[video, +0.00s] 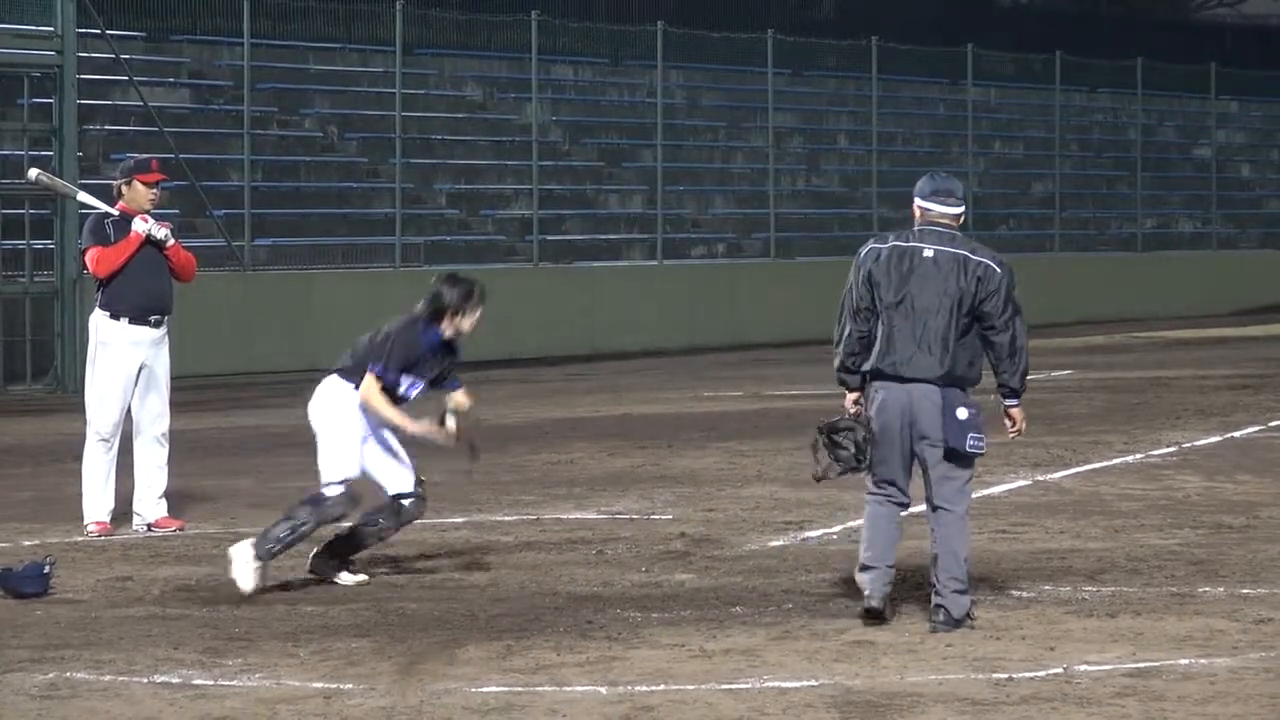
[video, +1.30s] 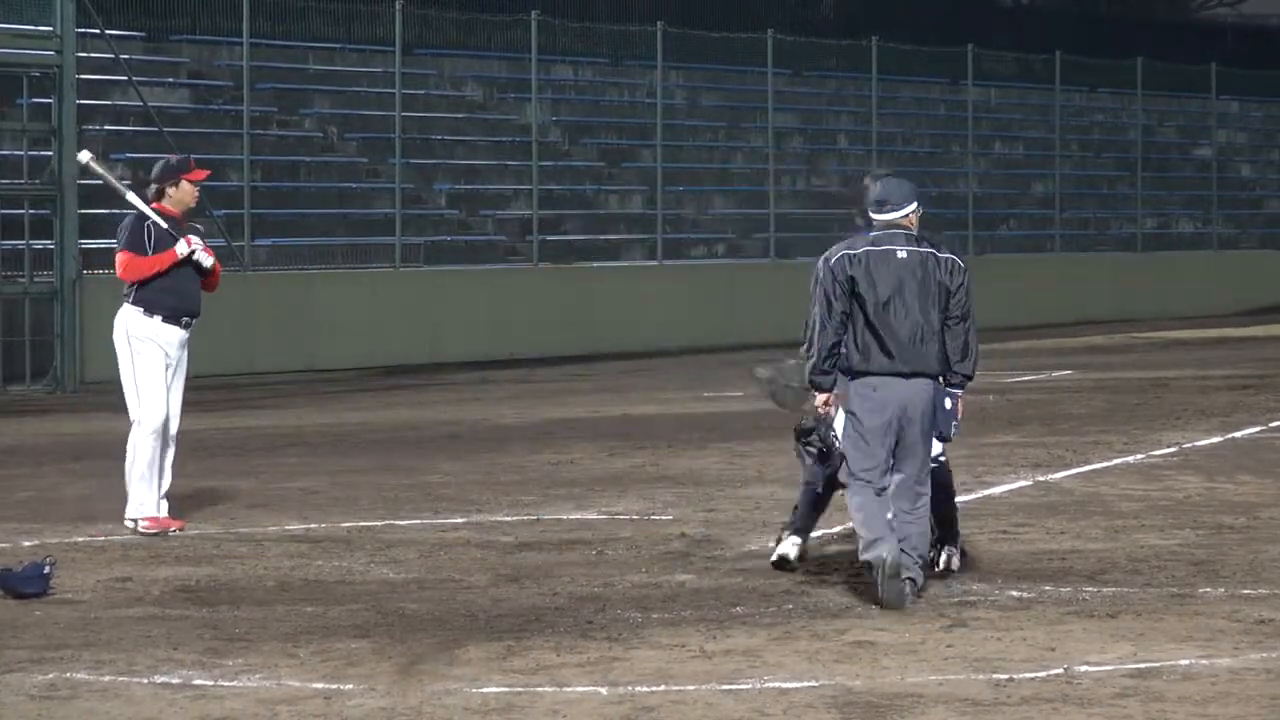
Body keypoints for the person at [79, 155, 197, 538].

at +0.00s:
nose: (156, 191)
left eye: (157, 186)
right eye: (149, 185)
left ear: (153, 190)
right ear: (125, 186)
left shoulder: (158, 228)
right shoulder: (101, 222)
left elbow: (188, 271)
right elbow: (99, 266)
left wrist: (168, 242)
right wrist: (138, 235)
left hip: (156, 335)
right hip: (115, 333)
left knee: (154, 427)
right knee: (104, 428)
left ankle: (151, 512)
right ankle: (98, 516)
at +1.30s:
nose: (198, 191)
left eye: (198, 185)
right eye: (192, 185)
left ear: (180, 188)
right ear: (169, 187)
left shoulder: (188, 230)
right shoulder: (140, 220)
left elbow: (210, 283)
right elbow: (126, 269)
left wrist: (209, 265)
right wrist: (178, 253)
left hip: (178, 334)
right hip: (143, 328)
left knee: (168, 424)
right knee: (150, 418)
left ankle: (157, 509)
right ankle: (140, 511)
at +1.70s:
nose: (211, 188)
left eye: (210, 182)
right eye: (204, 183)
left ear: (191, 188)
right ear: (182, 187)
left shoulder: (205, 231)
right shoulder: (157, 225)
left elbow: (216, 276)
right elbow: (136, 277)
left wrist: (233, 311)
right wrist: (174, 311)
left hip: (197, 331)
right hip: (160, 330)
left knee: (180, 425)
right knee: (170, 424)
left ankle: (149, 509)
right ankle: (180, 514)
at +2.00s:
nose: (222, 188)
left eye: (221, 182)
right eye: (216, 182)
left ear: (203, 186)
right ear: (193, 186)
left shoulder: (215, 227)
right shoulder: (167, 225)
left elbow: (219, 276)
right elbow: (153, 281)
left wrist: (228, 316)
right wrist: (176, 325)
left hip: (215, 337)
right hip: (178, 336)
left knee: (221, 421)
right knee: (175, 427)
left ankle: (192, 502)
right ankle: (178, 514)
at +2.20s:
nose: (236, 191)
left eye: (236, 185)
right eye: (231, 185)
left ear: (217, 187)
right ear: (210, 186)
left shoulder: (221, 229)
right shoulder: (182, 227)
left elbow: (222, 283)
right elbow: (168, 286)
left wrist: (239, 325)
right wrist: (179, 343)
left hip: (230, 337)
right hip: (193, 338)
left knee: (241, 427)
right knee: (182, 431)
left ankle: (244, 513)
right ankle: (181, 516)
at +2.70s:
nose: (293, 191)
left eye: (293, 185)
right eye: (287, 184)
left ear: (274, 187)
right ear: (265, 186)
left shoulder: (279, 229)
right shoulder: (236, 224)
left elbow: (275, 279)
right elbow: (219, 278)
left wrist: (283, 326)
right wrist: (237, 334)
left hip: (281, 339)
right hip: (243, 337)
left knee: (278, 432)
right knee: (237, 424)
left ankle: (275, 518)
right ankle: (204, 496)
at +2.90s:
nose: (309, 188)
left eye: (308, 182)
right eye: (303, 182)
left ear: (291, 185)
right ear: (280, 185)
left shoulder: (297, 227)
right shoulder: (251, 221)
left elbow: (292, 278)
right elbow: (234, 276)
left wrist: (298, 327)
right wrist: (251, 326)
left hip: (290, 336)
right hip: (257, 333)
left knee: (287, 429)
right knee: (262, 424)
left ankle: (280, 514)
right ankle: (254, 515)